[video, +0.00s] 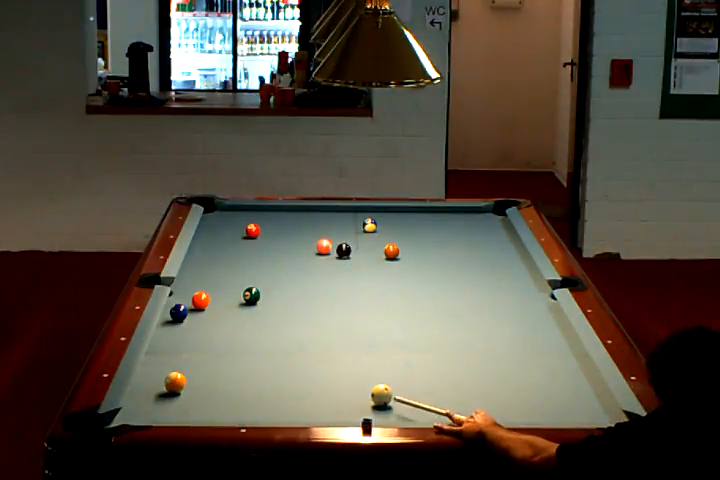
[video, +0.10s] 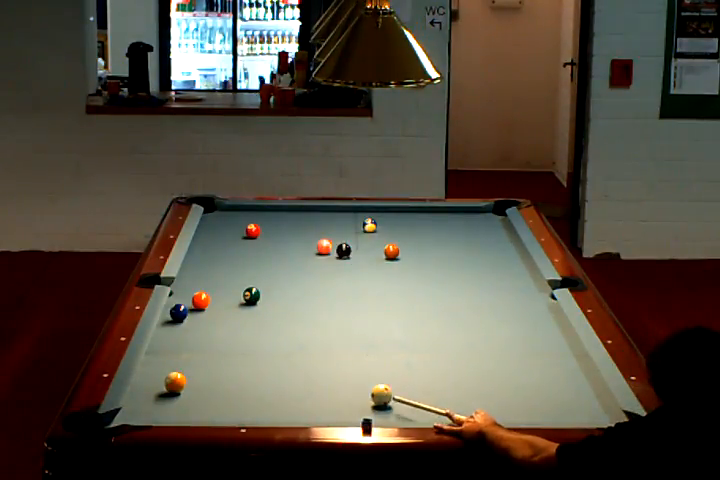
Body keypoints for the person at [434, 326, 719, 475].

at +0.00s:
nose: (644, 380)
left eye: (651, 375)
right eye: (649, 373)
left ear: (664, 387)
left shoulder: (640, 435)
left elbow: (541, 455)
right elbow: (550, 453)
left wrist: (484, 430)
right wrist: (494, 431)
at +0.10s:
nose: (645, 381)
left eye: (652, 376)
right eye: (650, 374)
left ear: (664, 387)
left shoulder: (640, 435)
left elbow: (542, 455)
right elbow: (549, 453)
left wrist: (485, 429)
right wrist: (492, 431)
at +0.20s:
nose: (644, 381)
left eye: (651, 376)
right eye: (650, 373)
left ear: (663, 387)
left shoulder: (640, 435)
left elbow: (541, 455)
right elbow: (548, 453)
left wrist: (485, 429)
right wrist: (492, 431)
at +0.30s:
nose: (644, 381)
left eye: (651, 375)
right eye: (649, 373)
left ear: (663, 387)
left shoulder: (640, 435)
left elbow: (542, 456)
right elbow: (549, 453)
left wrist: (485, 429)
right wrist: (492, 431)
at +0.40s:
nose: (642, 382)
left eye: (649, 376)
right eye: (647, 374)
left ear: (663, 388)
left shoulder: (639, 436)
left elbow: (542, 457)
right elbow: (546, 455)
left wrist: (485, 430)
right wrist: (490, 431)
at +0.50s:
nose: (643, 380)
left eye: (650, 375)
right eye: (648, 373)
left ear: (662, 387)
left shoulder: (640, 436)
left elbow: (542, 457)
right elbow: (546, 455)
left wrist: (485, 429)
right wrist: (489, 431)